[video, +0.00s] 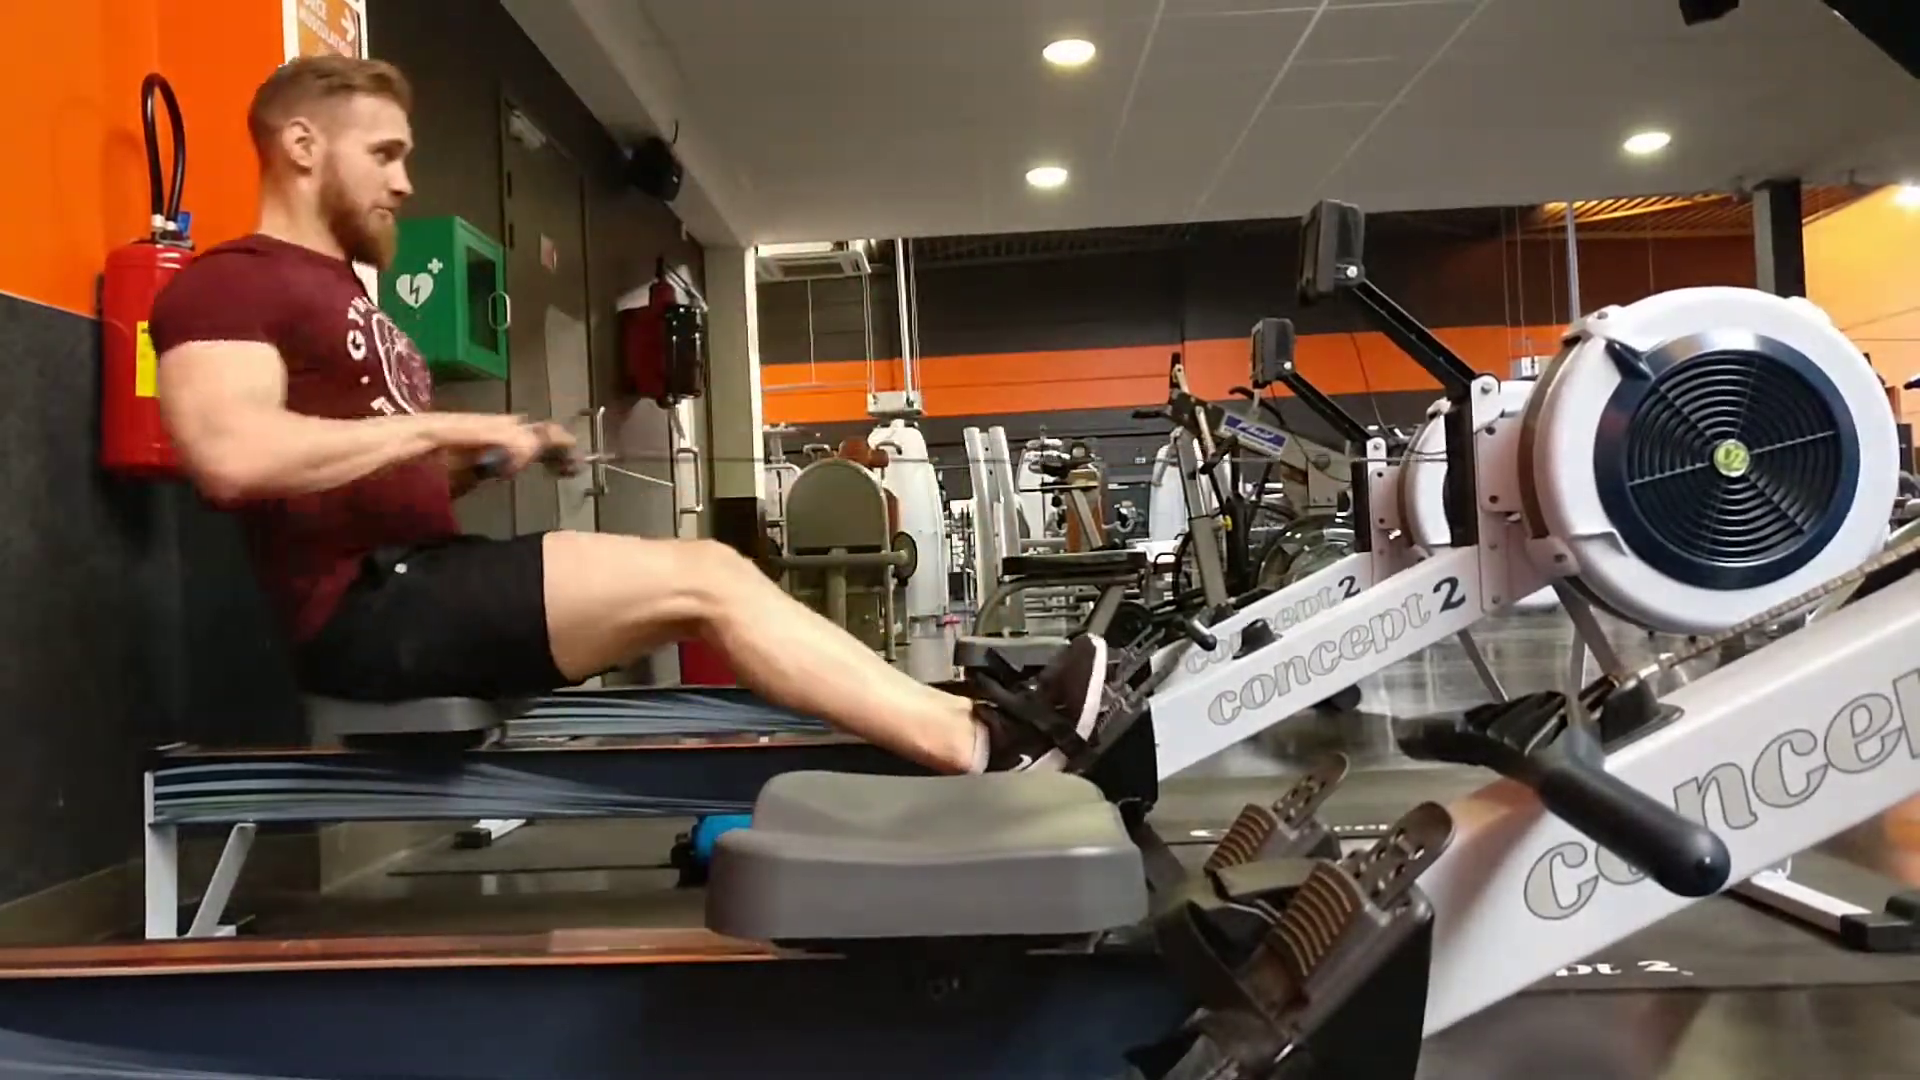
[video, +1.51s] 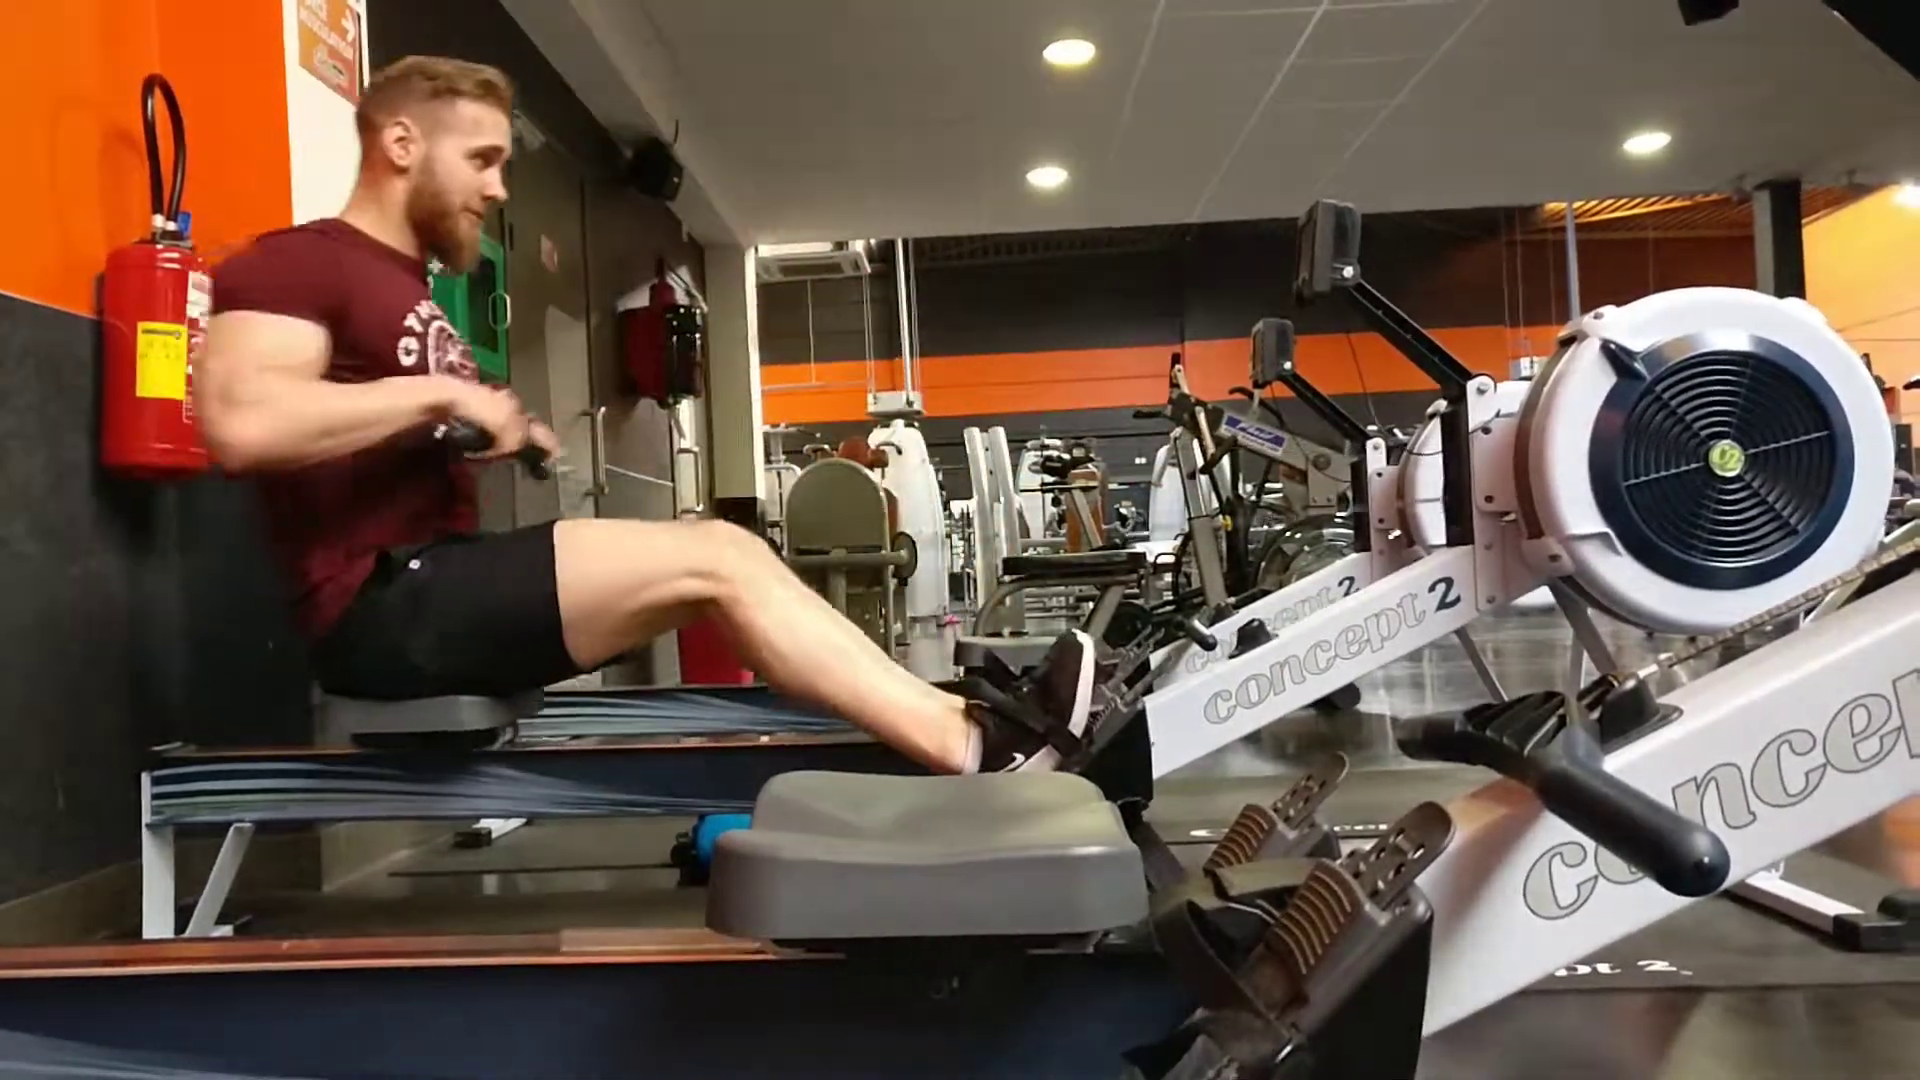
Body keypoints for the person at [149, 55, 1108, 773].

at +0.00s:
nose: (406, 185)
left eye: (406, 161)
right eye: (386, 156)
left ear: (315, 152)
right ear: (298, 148)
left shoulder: (354, 298)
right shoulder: (233, 280)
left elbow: (379, 467)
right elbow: (231, 455)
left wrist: (489, 449)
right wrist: (435, 429)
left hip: (424, 590)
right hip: (365, 608)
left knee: (713, 568)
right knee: (709, 567)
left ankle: (974, 731)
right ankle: (973, 752)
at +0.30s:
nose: (609, 180)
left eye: (611, 159)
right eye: (593, 153)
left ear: (521, 147)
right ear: (512, 138)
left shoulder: (519, 293)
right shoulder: (444, 268)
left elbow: (608, 444)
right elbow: (547, 423)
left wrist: (746, 413)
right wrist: (755, 392)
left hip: (517, 599)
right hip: (472, 611)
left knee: (790, 498)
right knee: (784, 502)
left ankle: (977, 724)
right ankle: (972, 742)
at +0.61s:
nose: (918, 188)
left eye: (922, 163)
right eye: (909, 157)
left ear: (838, 146)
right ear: (838, 141)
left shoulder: (790, 262)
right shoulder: (779, 262)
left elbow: (973, 396)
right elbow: (994, 405)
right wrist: (1170, 461)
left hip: (737, 606)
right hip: (726, 615)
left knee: (961, 419)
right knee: (958, 421)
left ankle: (981, 703)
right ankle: (982, 713)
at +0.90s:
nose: (908, 162)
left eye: (907, 136)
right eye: (896, 133)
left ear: (826, 129)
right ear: (826, 123)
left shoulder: (793, 252)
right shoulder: (775, 247)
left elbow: (973, 388)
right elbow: (981, 384)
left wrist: (1153, 435)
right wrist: (1170, 433)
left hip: (756, 598)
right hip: (744, 609)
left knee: (978, 420)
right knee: (981, 429)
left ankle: (997, 685)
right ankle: (987, 713)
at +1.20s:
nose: (503, 157)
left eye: (502, 135)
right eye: (482, 131)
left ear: (418, 137)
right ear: (393, 126)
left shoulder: (466, 279)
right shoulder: (353, 263)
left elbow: (571, 422)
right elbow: (496, 417)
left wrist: (724, 419)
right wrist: (719, 416)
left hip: (522, 583)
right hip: (471, 606)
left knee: (787, 490)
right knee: (784, 496)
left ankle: (992, 717)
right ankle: (990, 745)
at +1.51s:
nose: (498, 187)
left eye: (502, 166)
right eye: (484, 157)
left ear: (418, 154)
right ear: (398, 144)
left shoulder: (419, 293)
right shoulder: (299, 264)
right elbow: (239, 422)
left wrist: (497, 420)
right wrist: (437, 395)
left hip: (434, 590)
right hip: (377, 608)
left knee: (727, 547)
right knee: (722, 550)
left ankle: (964, 737)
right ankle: (962, 751)